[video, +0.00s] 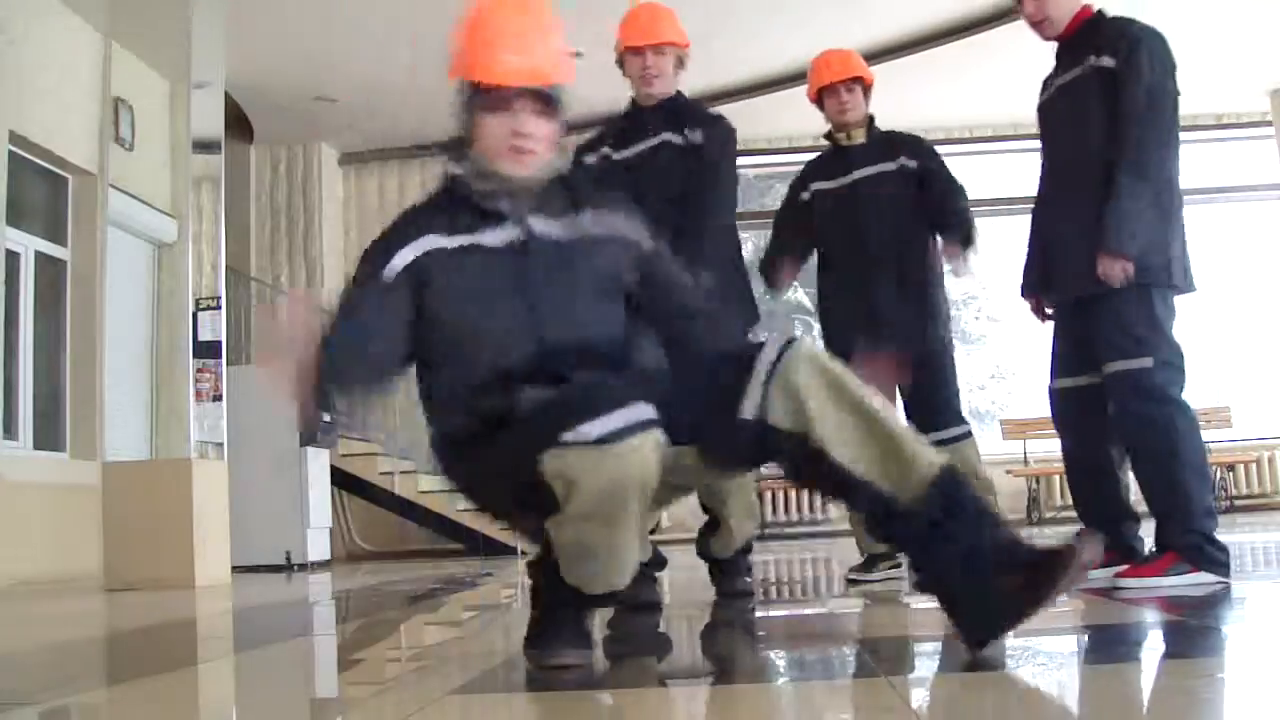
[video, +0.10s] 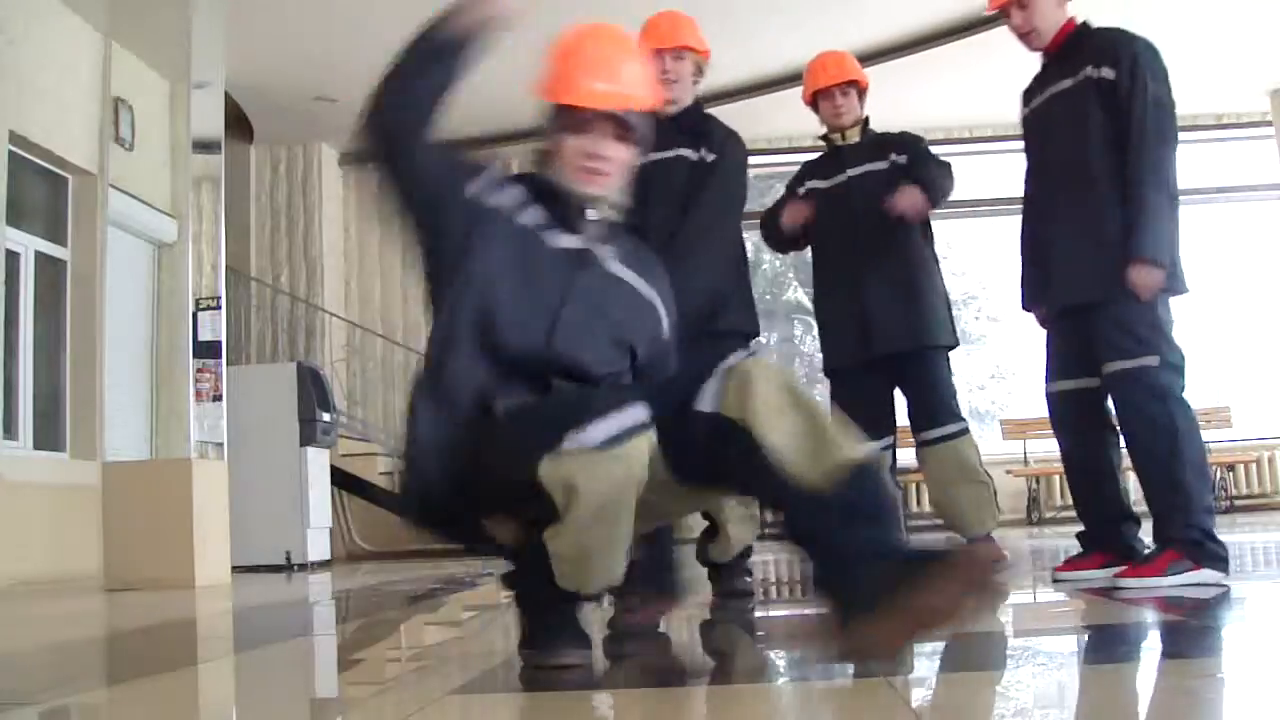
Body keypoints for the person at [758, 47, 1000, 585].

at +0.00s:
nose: (844, 99)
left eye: (851, 88)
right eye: (832, 93)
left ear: (867, 92)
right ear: (818, 104)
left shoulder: (910, 151)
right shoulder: (813, 177)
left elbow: (951, 206)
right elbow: (787, 243)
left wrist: (955, 236)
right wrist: (778, 270)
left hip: (918, 319)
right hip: (850, 328)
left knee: (942, 428)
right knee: (861, 440)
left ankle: (983, 541)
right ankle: (879, 552)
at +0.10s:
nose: (838, 101)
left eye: (846, 91)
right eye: (826, 96)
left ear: (861, 94)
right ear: (814, 107)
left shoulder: (898, 146)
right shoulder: (809, 175)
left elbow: (939, 173)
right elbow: (775, 237)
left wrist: (921, 190)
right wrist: (785, 221)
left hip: (914, 318)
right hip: (847, 329)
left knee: (941, 428)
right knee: (861, 444)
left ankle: (976, 533)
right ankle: (871, 558)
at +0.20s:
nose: (837, 102)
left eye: (845, 92)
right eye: (825, 95)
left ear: (860, 95)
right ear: (812, 105)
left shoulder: (896, 145)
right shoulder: (809, 171)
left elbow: (929, 178)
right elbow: (784, 226)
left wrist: (878, 182)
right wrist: (790, 194)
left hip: (912, 315)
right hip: (844, 328)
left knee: (937, 426)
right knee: (859, 443)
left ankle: (965, 535)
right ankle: (881, 551)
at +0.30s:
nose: (839, 99)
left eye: (847, 89)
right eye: (828, 92)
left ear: (863, 92)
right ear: (813, 100)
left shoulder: (897, 143)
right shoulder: (810, 164)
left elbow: (918, 181)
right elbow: (784, 214)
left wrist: (847, 193)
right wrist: (803, 194)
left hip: (911, 311)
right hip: (843, 321)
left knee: (930, 423)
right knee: (862, 438)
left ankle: (944, 539)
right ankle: (882, 550)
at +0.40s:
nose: (845, 99)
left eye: (854, 88)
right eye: (833, 91)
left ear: (870, 94)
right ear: (819, 100)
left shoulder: (903, 150)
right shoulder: (810, 167)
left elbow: (913, 199)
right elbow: (790, 216)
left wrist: (837, 204)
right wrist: (811, 218)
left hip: (910, 312)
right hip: (843, 320)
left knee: (919, 427)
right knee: (860, 437)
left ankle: (919, 546)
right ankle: (880, 551)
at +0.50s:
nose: (855, 94)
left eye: (865, 83)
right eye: (844, 86)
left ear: (880, 90)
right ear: (829, 95)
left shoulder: (911, 151)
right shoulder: (811, 170)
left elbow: (922, 215)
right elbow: (799, 238)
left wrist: (853, 218)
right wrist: (809, 278)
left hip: (908, 317)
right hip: (840, 323)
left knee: (914, 432)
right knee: (855, 439)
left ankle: (916, 549)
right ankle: (877, 549)